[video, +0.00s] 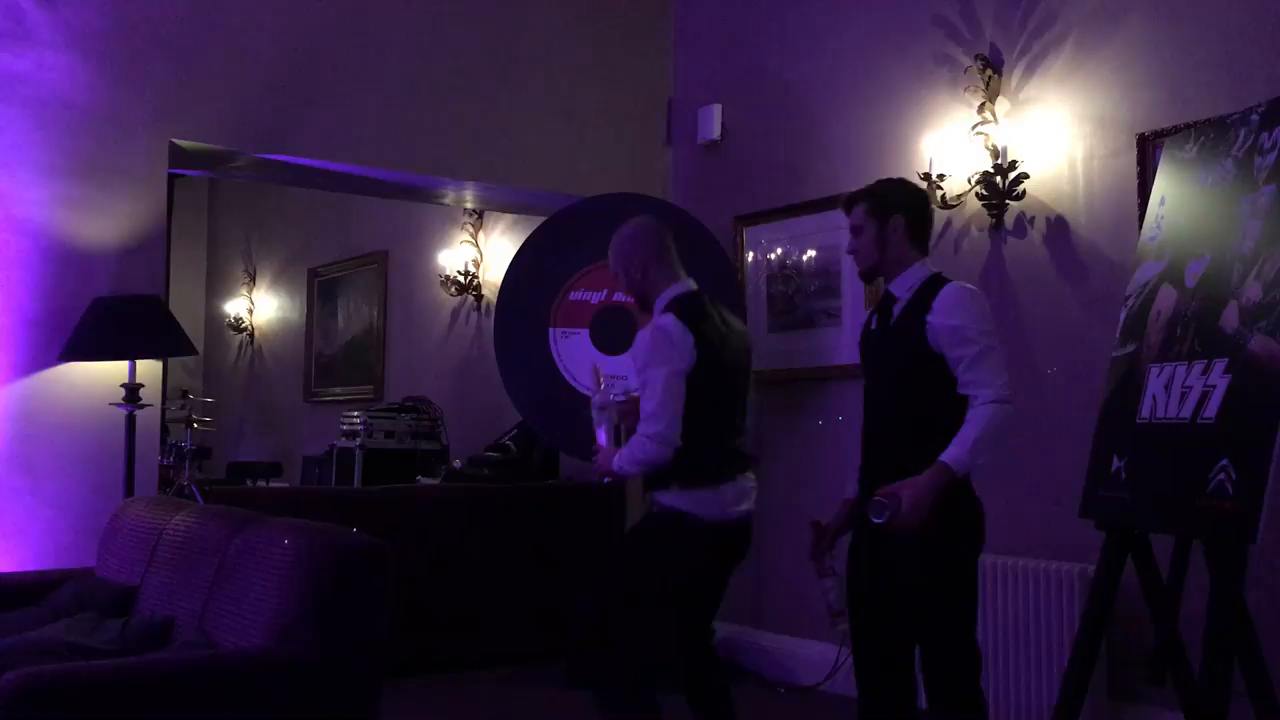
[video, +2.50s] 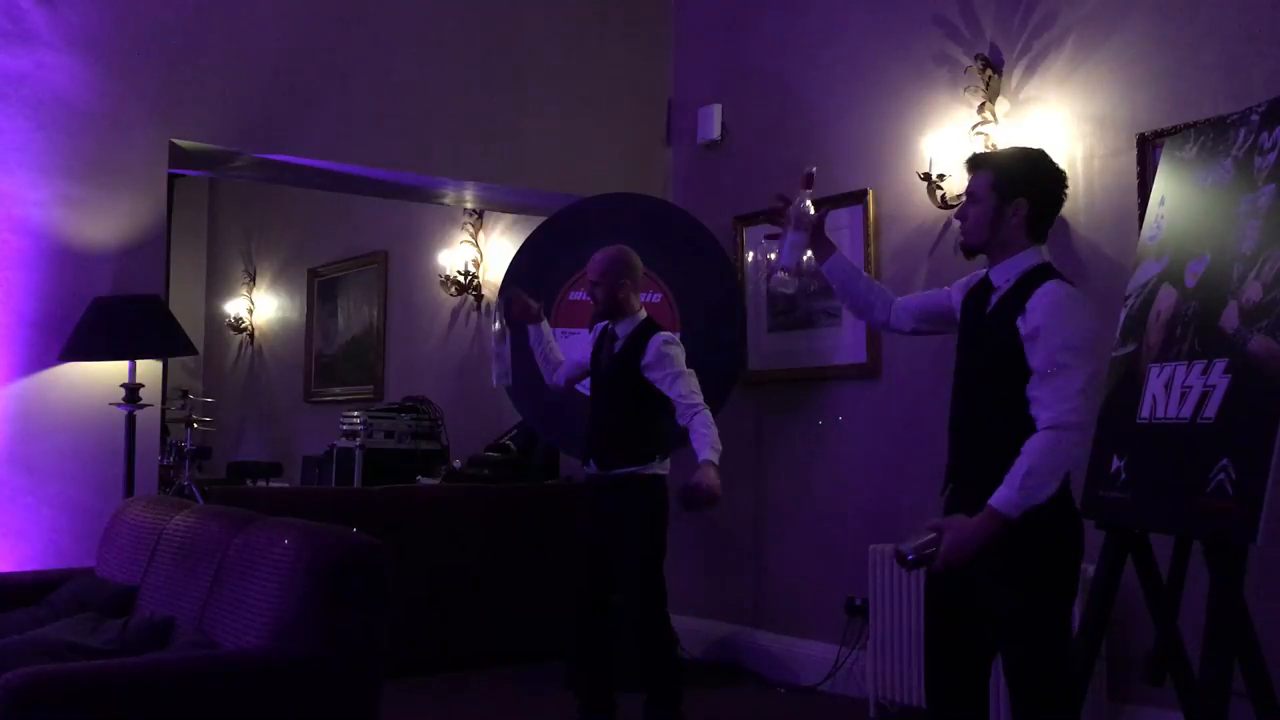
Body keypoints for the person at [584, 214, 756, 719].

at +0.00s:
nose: (617, 284)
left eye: (618, 271)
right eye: (614, 272)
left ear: (638, 267)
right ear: (668, 259)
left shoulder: (665, 332)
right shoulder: (724, 323)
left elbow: (660, 439)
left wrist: (611, 462)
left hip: (685, 518)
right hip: (732, 514)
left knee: (625, 631)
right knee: (691, 637)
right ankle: (716, 715)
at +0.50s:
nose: (558, 305)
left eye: (563, 294)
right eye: (554, 295)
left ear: (592, 286)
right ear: (566, 290)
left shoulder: (627, 341)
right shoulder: (589, 337)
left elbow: (674, 423)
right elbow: (599, 410)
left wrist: (644, 500)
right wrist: (542, 428)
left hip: (632, 494)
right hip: (603, 490)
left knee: (609, 604)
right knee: (599, 602)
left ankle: (622, 706)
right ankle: (609, 701)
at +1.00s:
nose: (589, 297)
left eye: (596, 288)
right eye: (580, 289)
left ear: (612, 291)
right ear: (570, 295)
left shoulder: (642, 347)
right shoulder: (565, 350)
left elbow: (674, 418)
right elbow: (559, 418)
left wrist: (679, 486)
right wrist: (534, 466)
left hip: (636, 485)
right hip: (587, 485)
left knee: (622, 591)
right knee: (591, 589)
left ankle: (633, 697)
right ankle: (602, 693)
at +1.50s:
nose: (612, 292)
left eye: (621, 282)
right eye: (605, 283)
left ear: (640, 285)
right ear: (596, 288)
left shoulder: (668, 343)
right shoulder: (592, 348)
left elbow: (696, 420)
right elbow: (587, 420)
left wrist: (691, 493)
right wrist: (549, 467)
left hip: (656, 487)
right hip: (609, 487)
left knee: (656, 604)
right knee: (604, 599)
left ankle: (666, 706)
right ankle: (611, 703)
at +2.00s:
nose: (582, 298)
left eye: (591, 290)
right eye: (578, 290)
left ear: (618, 288)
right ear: (577, 291)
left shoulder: (658, 343)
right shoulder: (579, 350)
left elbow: (690, 413)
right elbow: (570, 426)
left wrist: (665, 456)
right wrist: (539, 487)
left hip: (648, 490)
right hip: (597, 492)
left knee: (650, 603)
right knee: (594, 602)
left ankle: (664, 707)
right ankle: (595, 705)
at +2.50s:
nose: (588, 292)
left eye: (597, 284)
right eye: (588, 284)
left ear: (626, 287)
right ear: (606, 288)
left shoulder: (658, 343)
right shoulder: (598, 337)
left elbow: (693, 406)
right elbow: (558, 374)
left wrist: (708, 462)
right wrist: (537, 323)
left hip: (641, 487)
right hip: (601, 485)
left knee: (643, 602)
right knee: (597, 598)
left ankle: (661, 705)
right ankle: (596, 702)